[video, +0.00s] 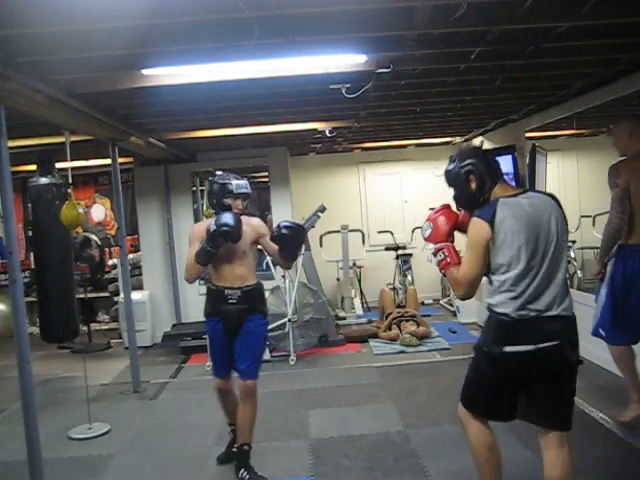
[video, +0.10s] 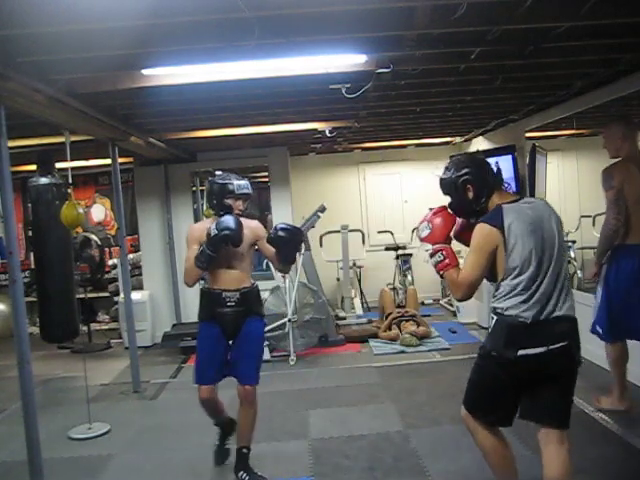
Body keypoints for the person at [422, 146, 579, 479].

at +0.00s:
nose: (457, 197)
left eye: (456, 188)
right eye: (454, 190)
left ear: (473, 179)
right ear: (495, 174)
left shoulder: (487, 218)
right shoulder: (551, 204)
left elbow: (463, 288)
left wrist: (441, 247)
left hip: (507, 339)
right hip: (559, 335)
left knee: (472, 412)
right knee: (554, 436)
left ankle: (492, 475)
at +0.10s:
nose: (455, 205)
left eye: (455, 196)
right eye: (451, 198)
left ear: (469, 189)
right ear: (491, 181)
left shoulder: (490, 226)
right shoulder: (545, 209)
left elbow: (461, 290)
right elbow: (513, 262)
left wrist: (438, 248)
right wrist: (467, 233)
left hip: (512, 341)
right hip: (562, 337)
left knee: (476, 415)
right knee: (554, 433)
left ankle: (508, 474)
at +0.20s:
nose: (452, 202)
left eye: (453, 194)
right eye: (450, 195)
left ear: (468, 189)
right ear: (487, 180)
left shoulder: (492, 225)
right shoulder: (533, 208)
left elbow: (460, 287)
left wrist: (433, 248)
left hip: (513, 337)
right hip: (558, 333)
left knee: (480, 418)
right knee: (551, 425)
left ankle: (509, 474)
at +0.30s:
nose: (454, 193)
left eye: (454, 184)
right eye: (451, 185)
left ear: (470, 179)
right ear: (484, 175)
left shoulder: (492, 215)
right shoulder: (528, 205)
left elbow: (462, 278)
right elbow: (502, 257)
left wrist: (434, 242)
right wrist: (465, 230)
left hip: (512, 329)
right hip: (552, 323)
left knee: (487, 412)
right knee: (547, 407)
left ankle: (512, 475)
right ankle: (561, 475)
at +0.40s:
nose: (456, 187)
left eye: (456, 178)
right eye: (453, 179)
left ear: (473, 172)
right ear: (486, 171)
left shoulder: (493, 208)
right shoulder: (522, 199)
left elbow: (470, 269)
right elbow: (501, 252)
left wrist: (439, 238)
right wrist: (464, 227)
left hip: (514, 318)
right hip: (548, 312)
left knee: (497, 407)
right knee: (539, 390)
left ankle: (516, 475)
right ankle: (567, 472)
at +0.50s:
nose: (462, 189)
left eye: (464, 182)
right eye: (460, 182)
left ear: (480, 178)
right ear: (492, 176)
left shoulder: (499, 211)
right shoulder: (521, 204)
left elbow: (478, 271)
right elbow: (496, 260)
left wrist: (449, 238)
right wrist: (468, 229)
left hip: (516, 319)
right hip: (542, 313)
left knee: (503, 406)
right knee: (541, 385)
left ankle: (520, 474)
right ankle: (568, 453)